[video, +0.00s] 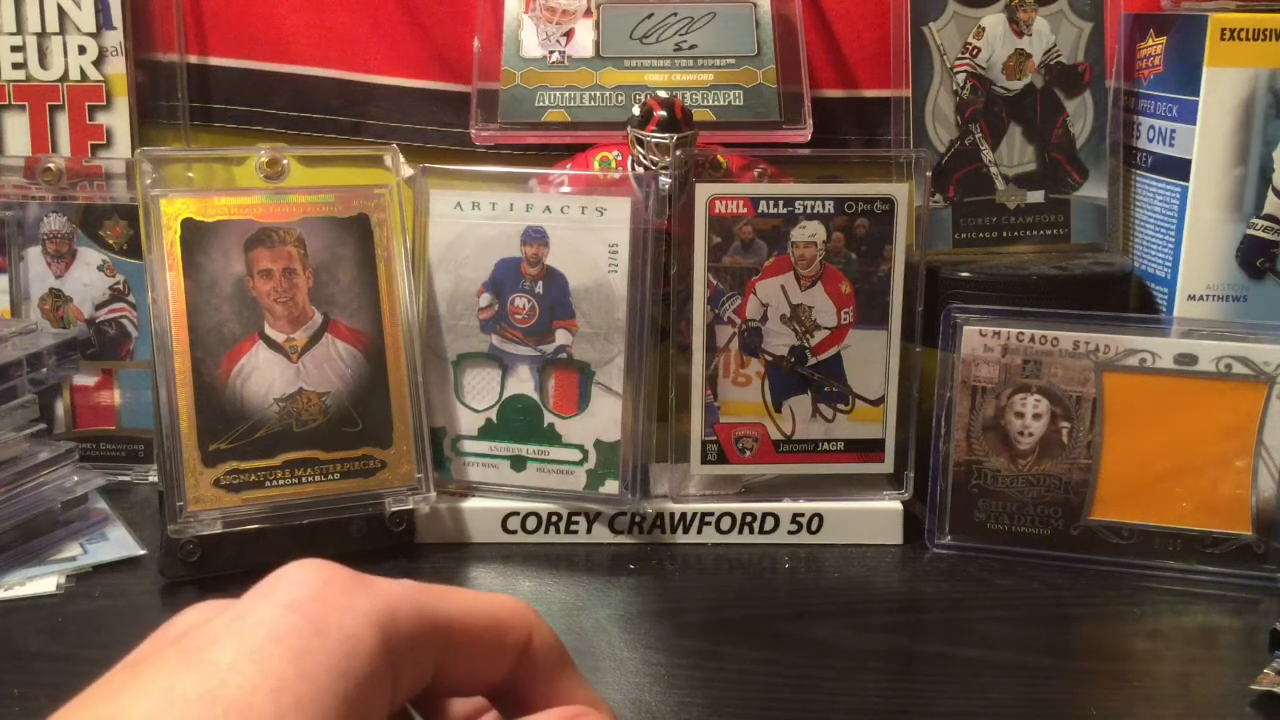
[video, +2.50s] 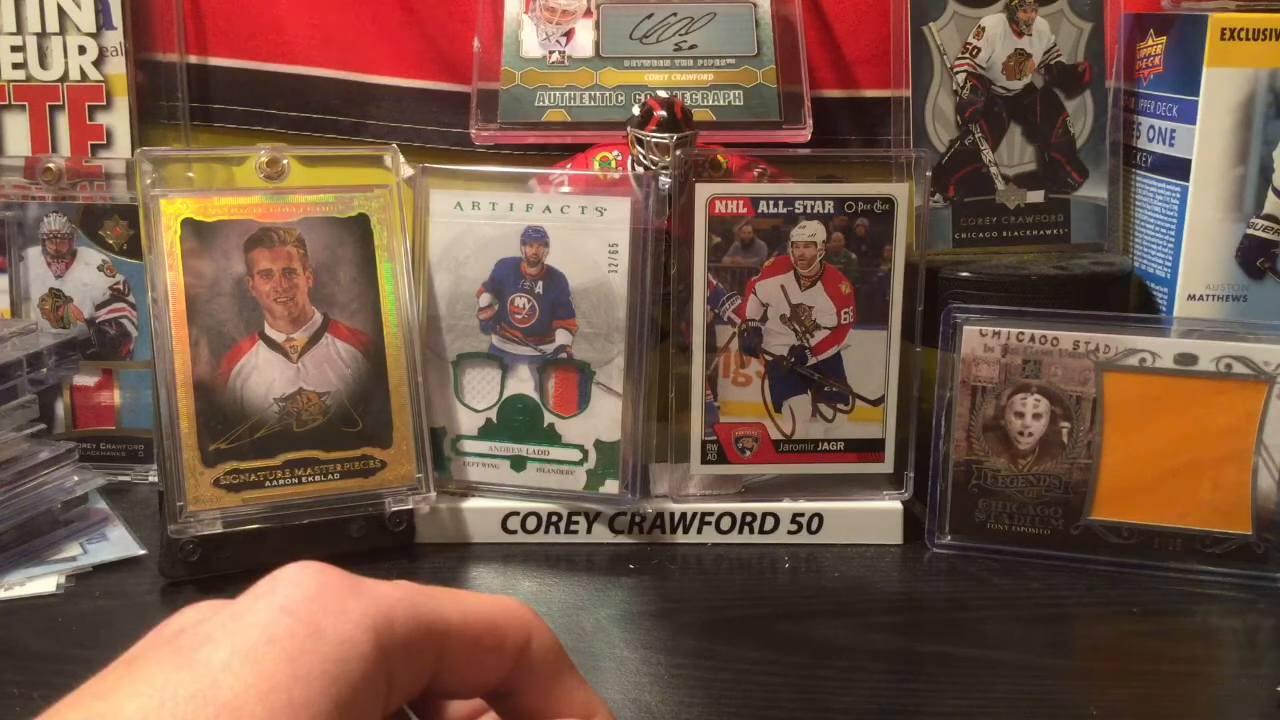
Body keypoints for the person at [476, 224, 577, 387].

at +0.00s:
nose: (534, 252)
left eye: (540, 247)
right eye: (530, 246)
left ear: (547, 250)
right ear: (522, 248)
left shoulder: (557, 280)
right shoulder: (504, 268)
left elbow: (565, 321)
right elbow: (486, 293)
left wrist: (562, 350)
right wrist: (487, 316)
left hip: (541, 354)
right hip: (503, 351)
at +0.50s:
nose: (534, 251)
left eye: (540, 246)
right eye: (530, 246)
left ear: (547, 250)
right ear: (522, 248)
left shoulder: (557, 280)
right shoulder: (504, 268)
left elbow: (565, 321)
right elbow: (487, 293)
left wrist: (562, 349)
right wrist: (487, 316)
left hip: (541, 354)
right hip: (503, 350)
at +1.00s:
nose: (534, 251)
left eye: (540, 247)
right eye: (530, 246)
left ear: (546, 250)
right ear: (522, 248)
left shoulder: (557, 280)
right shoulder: (504, 268)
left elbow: (565, 321)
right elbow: (487, 293)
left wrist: (562, 350)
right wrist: (487, 317)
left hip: (542, 353)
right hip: (503, 349)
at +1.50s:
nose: (535, 251)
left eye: (540, 247)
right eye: (530, 246)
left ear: (546, 250)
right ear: (522, 248)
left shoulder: (557, 280)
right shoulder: (504, 268)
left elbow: (565, 321)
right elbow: (486, 293)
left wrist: (562, 351)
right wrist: (487, 319)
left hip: (542, 352)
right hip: (503, 348)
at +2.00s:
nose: (534, 251)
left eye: (540, 247)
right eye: (530, 246)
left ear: (546, 250)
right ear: (522, 248)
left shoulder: (557, 280)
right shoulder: (504, 268)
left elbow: (564, 320)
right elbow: (487, 293)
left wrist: (562, 349)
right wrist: (487, 318)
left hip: (542, 353)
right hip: (503, 349)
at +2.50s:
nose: (534, 251)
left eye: (540, 247)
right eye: (530, 246)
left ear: (546, 251)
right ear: (522, 248)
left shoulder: (556, 279)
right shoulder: (504, 268)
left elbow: (565, 321)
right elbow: (487, 291)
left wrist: (562, 348)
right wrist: (486, 311)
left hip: (541, 353)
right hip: (502, 348)